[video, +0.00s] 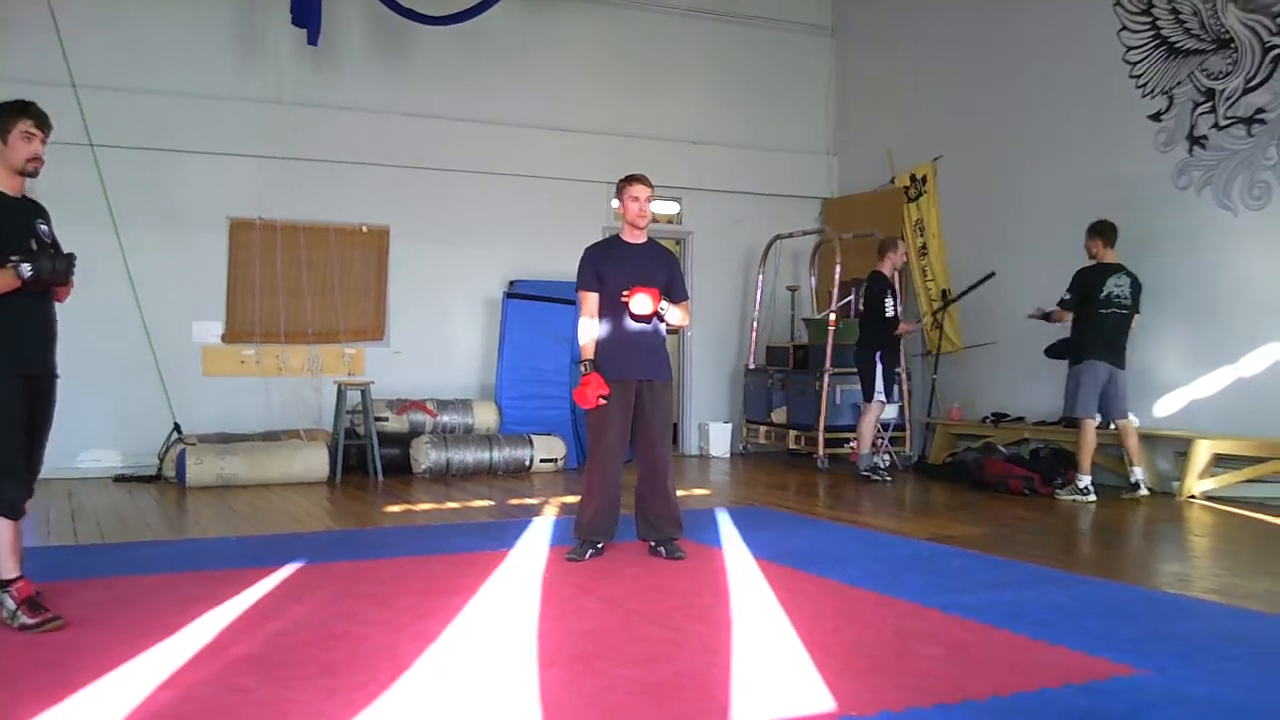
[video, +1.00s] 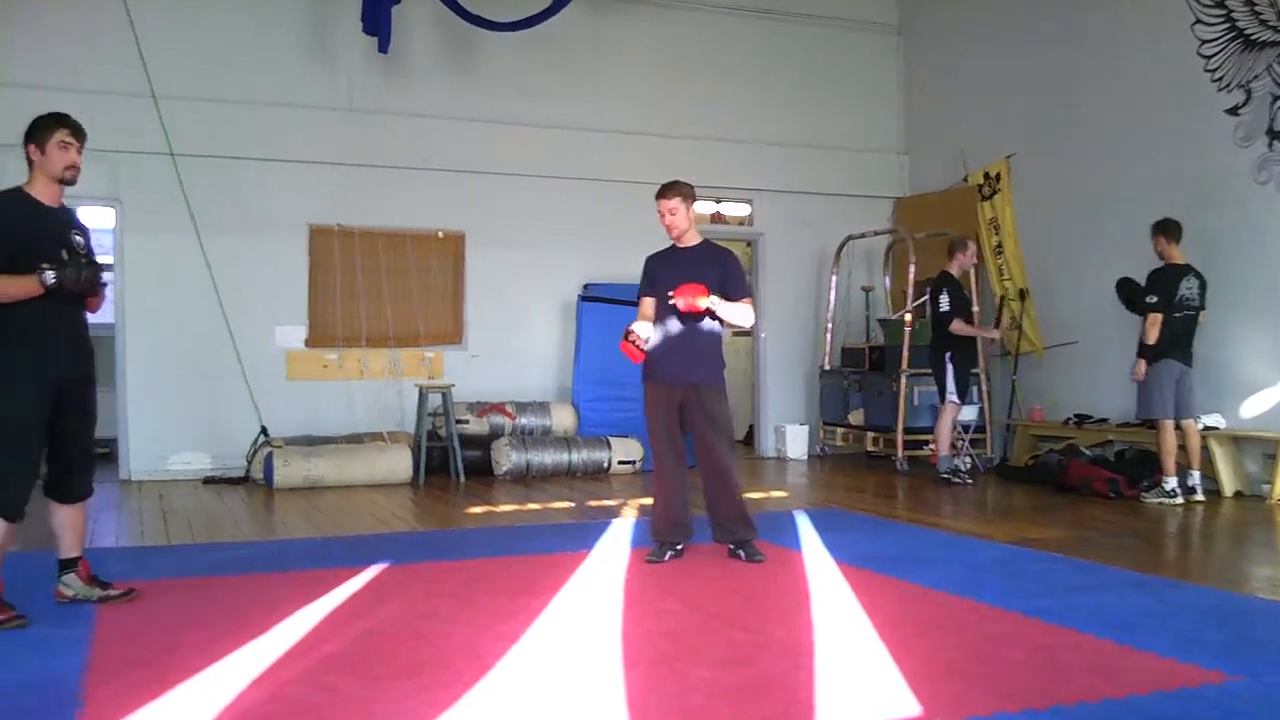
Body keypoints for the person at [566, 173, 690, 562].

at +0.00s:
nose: (641, 206)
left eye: (646, 200)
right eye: (634, 199)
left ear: (653, 207)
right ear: (619, 205)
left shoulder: (666, 258)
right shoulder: (596, 254)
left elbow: (682, 317)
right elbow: (588, 316)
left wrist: (660, 307)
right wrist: (588, 367)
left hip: (656, 372)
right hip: (611, 370)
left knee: (657, 455)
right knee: (604, 455)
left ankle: (661, 534)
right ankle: (593, 535)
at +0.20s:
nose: (649, 208)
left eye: (654, 202)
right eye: (641, 201)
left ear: (660, 208)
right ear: (627, 206)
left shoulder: (674, 259)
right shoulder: (604, 255)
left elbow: (691, 318)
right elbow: (596, 317)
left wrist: (668, 309)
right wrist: (598, 368)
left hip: (665, 374)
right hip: (620, 372)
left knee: (667, 457)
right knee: (614, 458)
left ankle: (671, 536)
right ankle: (603, 537)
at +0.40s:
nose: (668, 210)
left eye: (675, 204)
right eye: (661, 203)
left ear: (683, 209)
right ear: (650, 208)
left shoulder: (698, 260)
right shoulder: (629, 257)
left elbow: (717, 318)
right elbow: (621, 318)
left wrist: (693, 308)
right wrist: (623, 368)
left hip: (690, 374)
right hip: (645, 372)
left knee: (691, 457)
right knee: (639, 457)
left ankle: (697, 536)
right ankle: (629, 538)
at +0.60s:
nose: (658, 212)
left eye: (665, 205)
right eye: (652, 206)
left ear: (679, 209)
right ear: (646, 211)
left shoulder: (699, 259)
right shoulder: (628, 259)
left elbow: (722, 316)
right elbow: (622, 318)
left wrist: (693, 303)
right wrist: (624, 363)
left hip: (687, 374)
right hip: (641, 372)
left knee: (690, 458)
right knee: (638, 459)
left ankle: (699, 538)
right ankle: (631, 538)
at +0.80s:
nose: (642, 216)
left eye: (649, 209)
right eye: (637, 211)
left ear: (668, 209)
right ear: (634, 214)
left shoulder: (695, 258)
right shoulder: (625, 260)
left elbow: (715, 317)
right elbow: (617, 316)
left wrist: (683, 304)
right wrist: (614, 353)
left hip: (678, 374)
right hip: (633, 372)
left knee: (687, 456)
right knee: (632, 458)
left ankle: (699, 537)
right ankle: (630, 539)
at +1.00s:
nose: (666, 220)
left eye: (673, 212)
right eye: (661, 214)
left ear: (692, 210)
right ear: (659, 216)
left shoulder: (722, 258)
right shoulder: (655, 263)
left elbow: (746, 317)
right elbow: (646, 317)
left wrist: (711, 302)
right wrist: (638, 335)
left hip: (705, 376)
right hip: (660, 376)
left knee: (719, 457)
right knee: (666, 460)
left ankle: (738, 536)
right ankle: (670, 538)